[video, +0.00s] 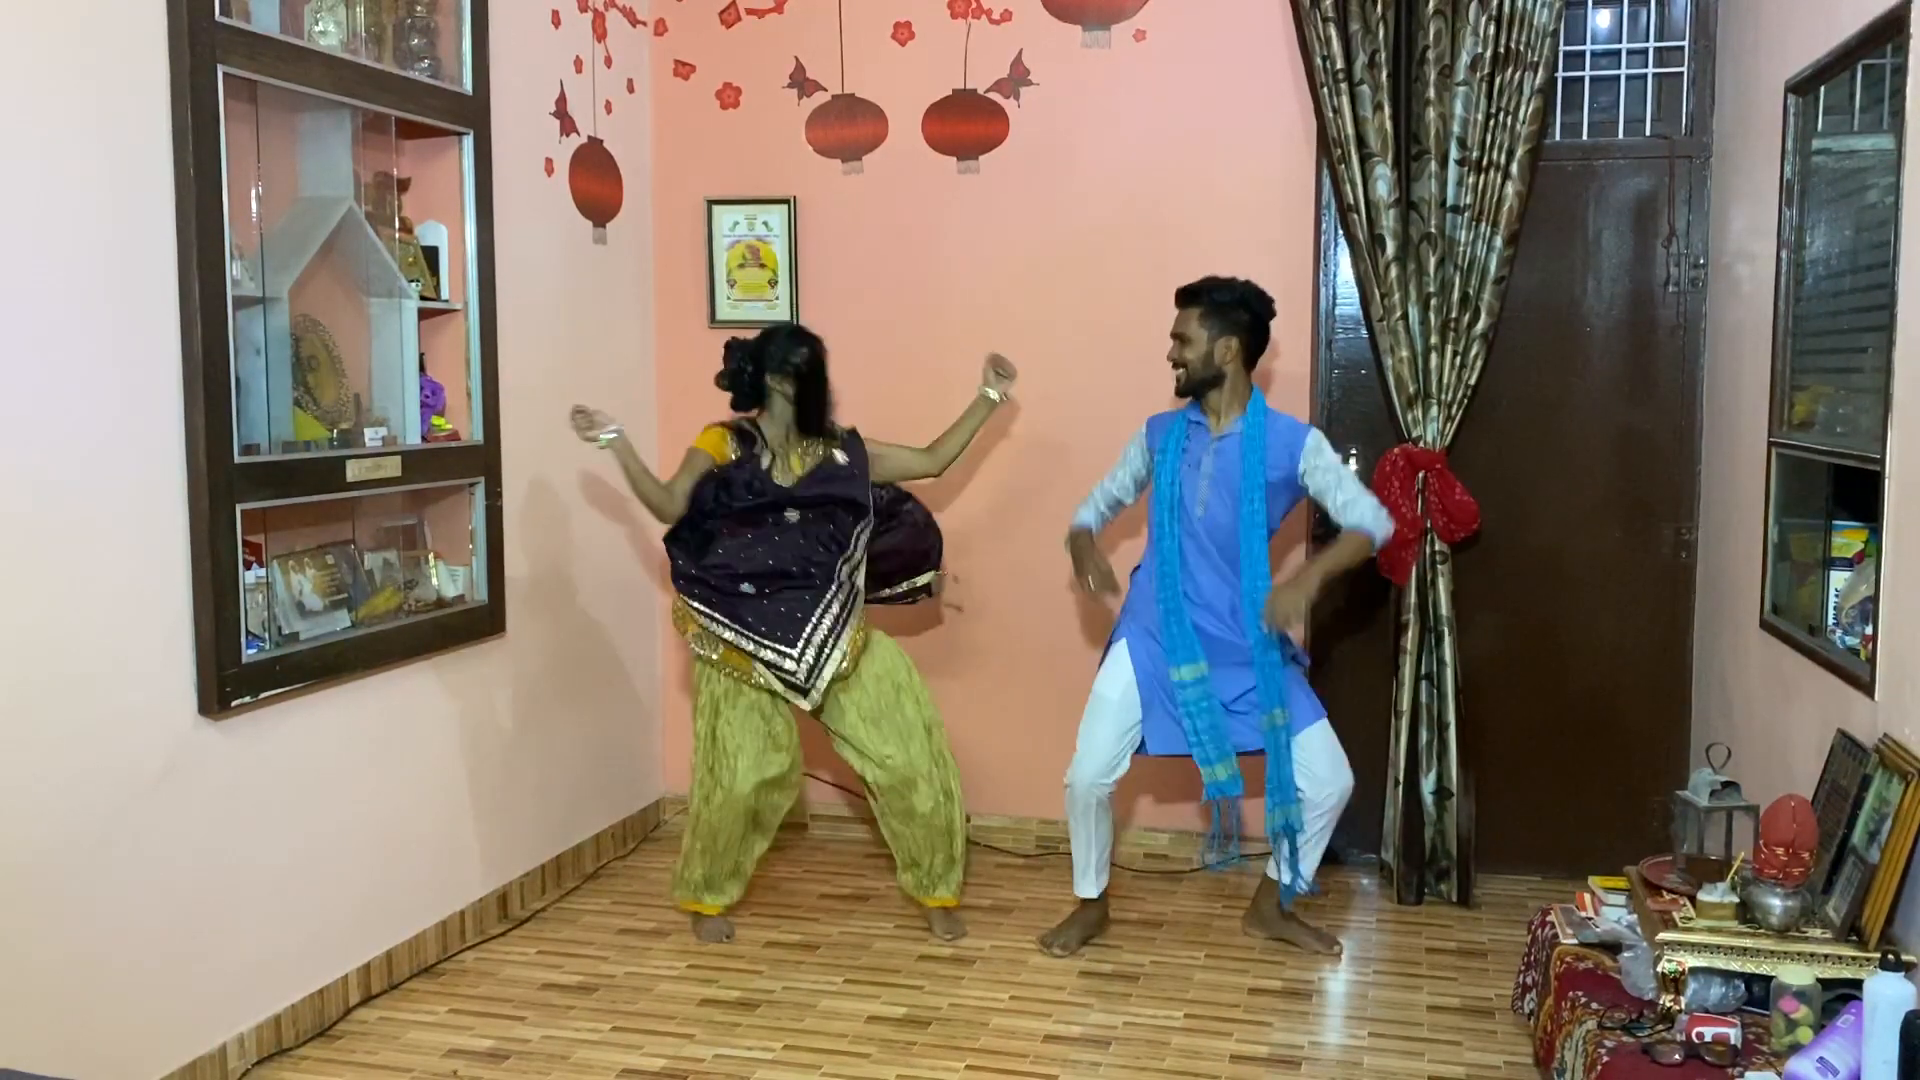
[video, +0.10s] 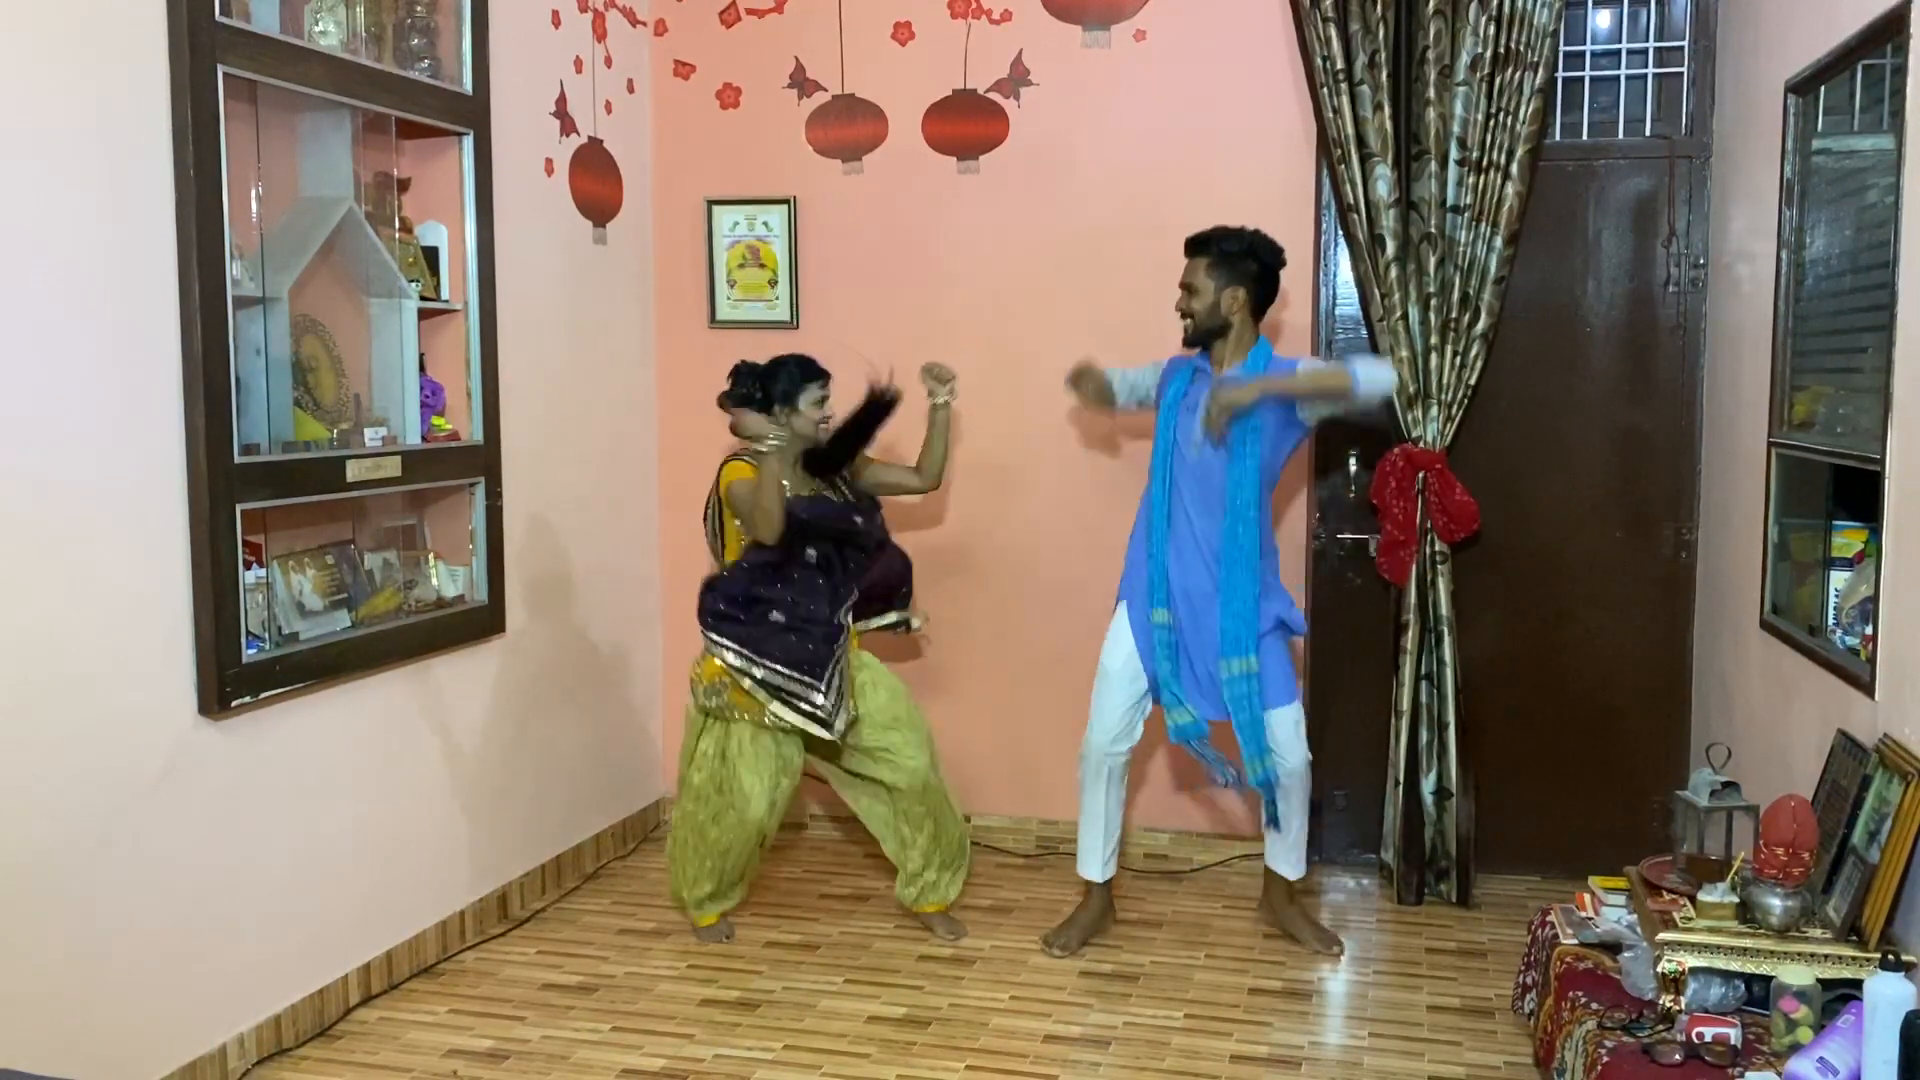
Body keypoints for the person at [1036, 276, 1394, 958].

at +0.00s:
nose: (1170, 352)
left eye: (1183, 340)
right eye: (1171, 339)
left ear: (1232, 350)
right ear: (1218, 351)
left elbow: (1369, 522)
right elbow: (1092, 512)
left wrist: (1304, 579)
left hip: (1247, 645)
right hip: (1153, 637)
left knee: (1327, 780)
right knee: (1088, 775)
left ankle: (1271, 903)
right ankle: (1090, 902)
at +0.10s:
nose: (1178, 301)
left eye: (1190, 289)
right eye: (1180, 287)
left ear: (1237, 298)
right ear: (1224, 299)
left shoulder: (1284, 381)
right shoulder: (1179, 374)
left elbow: (1380, 380)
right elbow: (1122, 387)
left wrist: (1257, 391)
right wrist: (1093, 382)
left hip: (1243, 600)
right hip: (1156, 593)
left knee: (1289, 757)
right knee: (1104, 741)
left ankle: (1281, 893)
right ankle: (1095, 893)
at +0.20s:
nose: (1188, 251)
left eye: (1205, 238)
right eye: (1187, 239)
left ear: (1248, 252)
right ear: (1194, 252)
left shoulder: (1277, 325)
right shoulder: (1184, 318)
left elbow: (1336, 252)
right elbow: (1135, 272)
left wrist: (1250, 200)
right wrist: (1105, 209)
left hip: (1242, 551)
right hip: (1156, 547)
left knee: (1272, 719)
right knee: (1114, 703)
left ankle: (1298, 877)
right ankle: (1099, 871)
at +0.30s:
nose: (1197, 230)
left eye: (1215, 221)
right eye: (1200, 218)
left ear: (1254, 241)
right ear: (1203, 236)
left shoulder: (1267, 306)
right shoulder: (1187, 299)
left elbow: (1252, 193)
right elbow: (1144, 206)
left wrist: (1263, 67)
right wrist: (1116, 110)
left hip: (1243, 535)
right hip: (1165, 534)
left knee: (1268, 701)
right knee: (1120, 693)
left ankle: (1305, 875)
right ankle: (1110, 861)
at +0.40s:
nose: (1199, 247)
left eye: (1216, 239)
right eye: (1202, 236)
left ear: (1252, 258)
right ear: (1206, 255)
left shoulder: (1266, 332)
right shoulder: (1185, 318)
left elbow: (1265, 234)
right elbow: (1150, 234)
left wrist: (1255, 103)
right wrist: (1129, 137)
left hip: (1239, 552)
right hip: (1158, 551)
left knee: (1277, 731)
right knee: (1120, 713)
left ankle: (1315, 903)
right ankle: (1120, 879)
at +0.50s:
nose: (1197, 282)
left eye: (1209, 272)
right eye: (1198, 271)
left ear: (1250, 283)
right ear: (1212, 281)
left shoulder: (1270, 355)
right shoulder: (1198, 354)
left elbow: (1304, 347)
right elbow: (1158, 339)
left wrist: (1240, 269)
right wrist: (1143, 308)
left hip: (1243, 583)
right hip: (1164, 577)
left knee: (1277, 742)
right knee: (1107, 722)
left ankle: (1319, 914)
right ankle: (1128, 890)